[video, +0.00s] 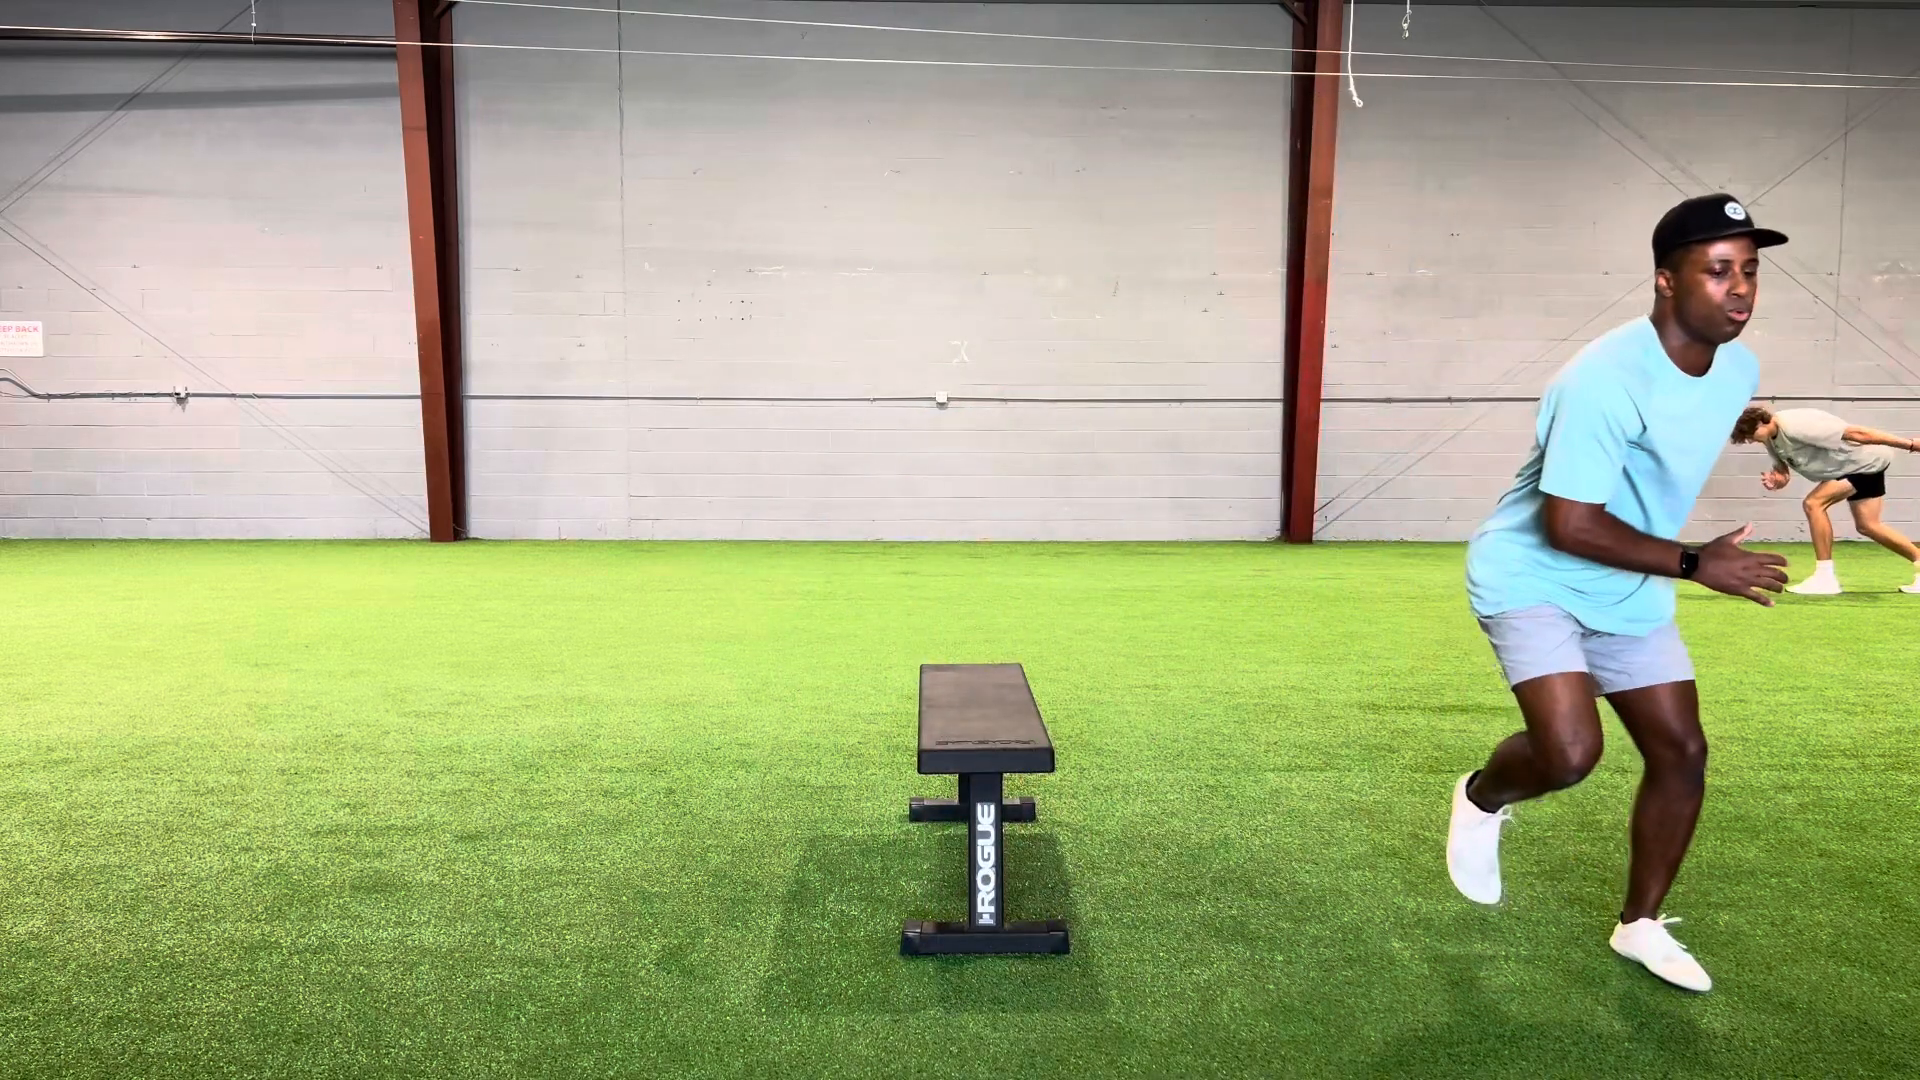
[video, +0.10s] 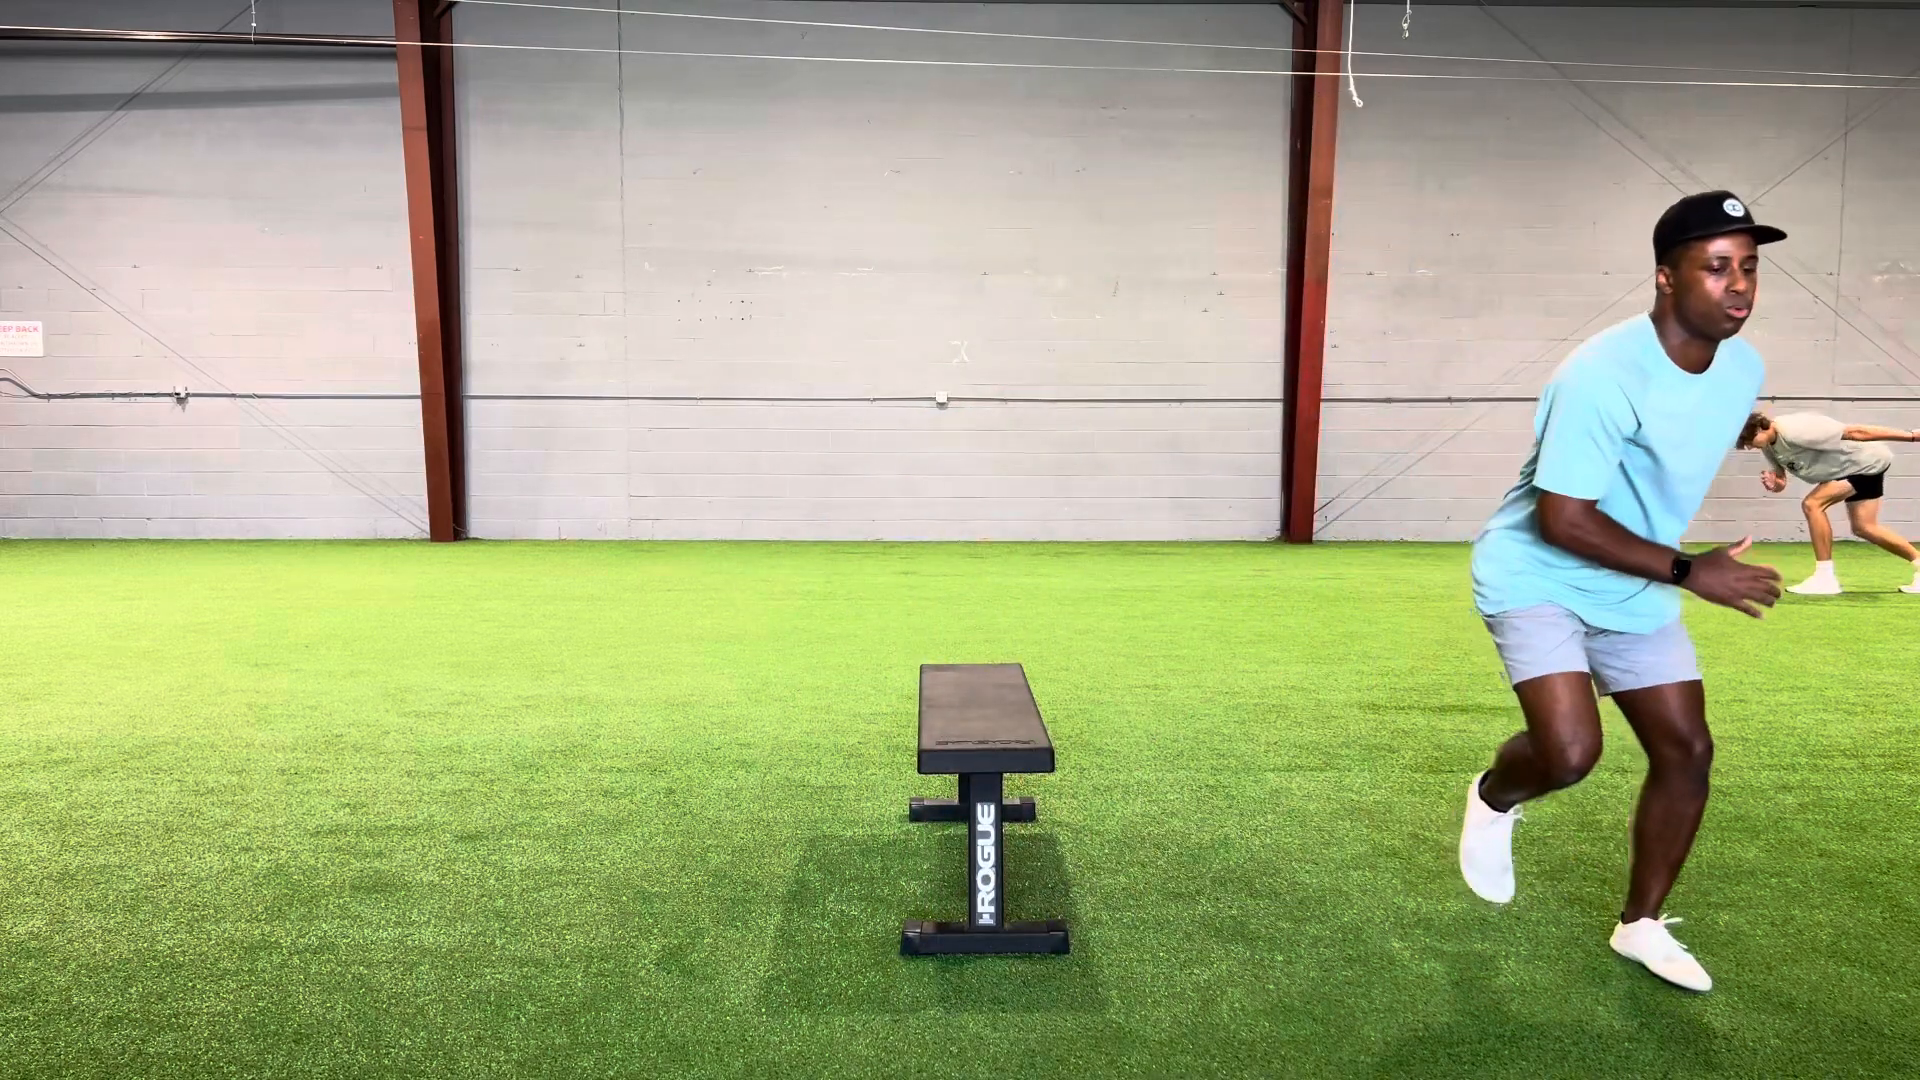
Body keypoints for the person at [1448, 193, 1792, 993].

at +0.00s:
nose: (1743, 290)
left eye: (1749, 271)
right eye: (1721, 272)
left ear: (1756, 277)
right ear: (1667, 283)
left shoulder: (1737, 367)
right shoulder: (1602, 380)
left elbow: (1700, 429)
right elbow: (1570, 524)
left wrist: (1753, 423)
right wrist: (1694, 562)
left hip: (1629, 575)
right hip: (1529, 568)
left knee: (1681, 750)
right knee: (1569, 752)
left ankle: (1640, 922)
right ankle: (1478, 800)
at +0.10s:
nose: (1742, 286)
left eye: (1750, 268)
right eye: (1720, 268)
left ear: (1756, 275)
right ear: (1666, 280)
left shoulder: (1741, 365)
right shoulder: (1597, 376)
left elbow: (1730, 419)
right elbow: (1563, 520)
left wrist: (1761, 433)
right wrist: (1687, 569)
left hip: (1632, 574)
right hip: (1533, 566)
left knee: (1687, 751)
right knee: (1569, 751)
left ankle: (1641, 922)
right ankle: (1489, 800)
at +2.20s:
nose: (1015, 431)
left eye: (1031, 413)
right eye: (1000, 413)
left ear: (1056, 410)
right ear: (981, 406)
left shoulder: (1097, 496)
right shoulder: (926, 490)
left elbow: (1132, 600)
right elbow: (891, 589)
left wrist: (1133, 658)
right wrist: (887, 665)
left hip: (1056, 679)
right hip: (953, 676)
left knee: (1103, 761)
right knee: (920, 758)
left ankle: (1082, 935)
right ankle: (959, 932)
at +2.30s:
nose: (1008, 419)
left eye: (1023, 403)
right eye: (994, 403)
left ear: (1048, 405)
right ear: (976, 404)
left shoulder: (1092, 492)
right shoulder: (922, 490)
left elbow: (1120, 595)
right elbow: (889, 586)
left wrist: (1120, 648)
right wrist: (889, 651)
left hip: (1054, 677)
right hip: (952, 676)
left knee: (1093, 745)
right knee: (923, 751)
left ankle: (1069, 927)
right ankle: (957, 928)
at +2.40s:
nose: (1008, 413)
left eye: (1022, 397)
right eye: (993, 398)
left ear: (1045, 401)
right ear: (974, 402)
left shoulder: (1089, 491)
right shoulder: (924, 490)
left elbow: (1115, 595)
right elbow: (885, 586)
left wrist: (1115, 639)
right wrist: (889, 636)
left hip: (1052, 675)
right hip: (954, 672)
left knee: (1085, 737)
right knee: (926, 732)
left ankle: (1052, 919)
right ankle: (952, 917)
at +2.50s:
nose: (1009, 407)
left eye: (1024, 392)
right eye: (995, 392)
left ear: (1046, 399)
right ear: (976, 399)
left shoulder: (1088, 490)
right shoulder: (924, 490)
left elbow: (1113, 591)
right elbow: (878, 588)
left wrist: (1112, 618)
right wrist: (897, 619)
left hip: (1050, 675)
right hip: (954, 670)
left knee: (1079, 743)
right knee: (926, 719)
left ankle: (1051, 933)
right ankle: (954, 900)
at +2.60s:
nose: (1014, 406)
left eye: (1028, 391)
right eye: (999, 392)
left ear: (1048, 399)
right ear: (979, 399)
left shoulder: (1090, 490)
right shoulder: (926, 489)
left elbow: (1116, 614)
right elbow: (871, 595)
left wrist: (1103, 601)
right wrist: (910, 609)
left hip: (1052, 672)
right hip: (957, 666)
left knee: (1079, 742)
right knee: (922, 708)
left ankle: (1051, 931)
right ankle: (961, 884)